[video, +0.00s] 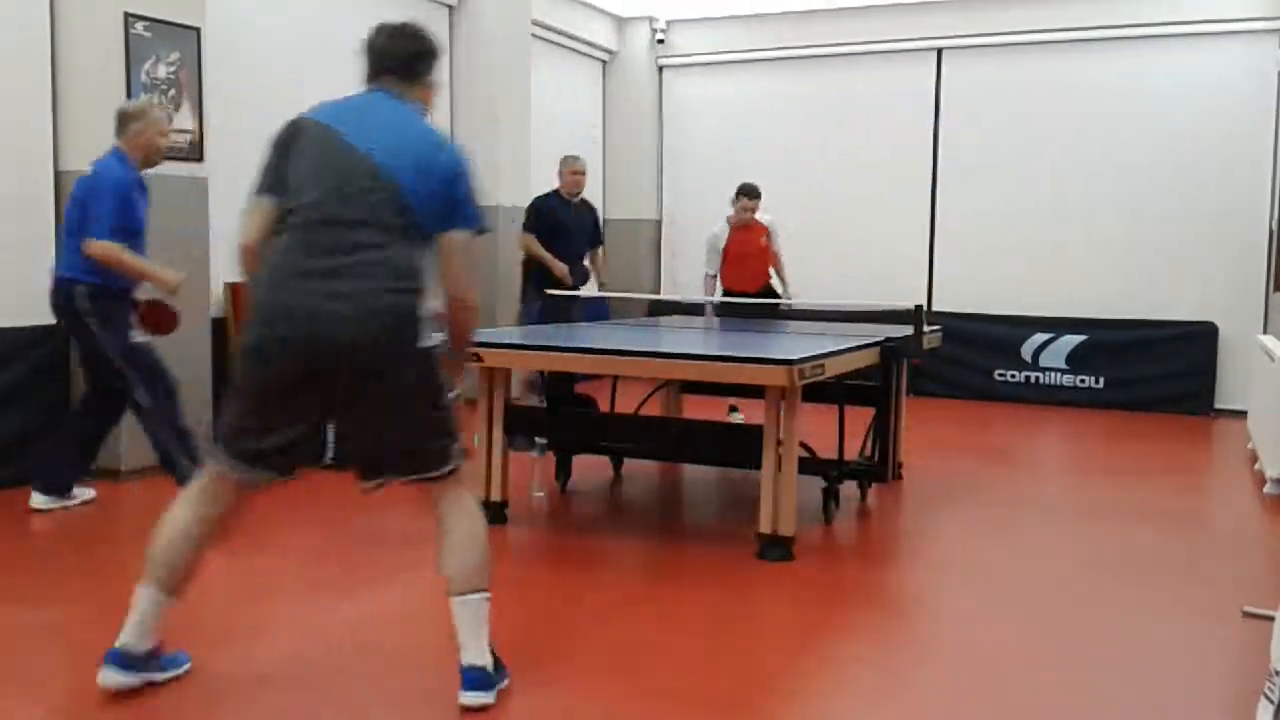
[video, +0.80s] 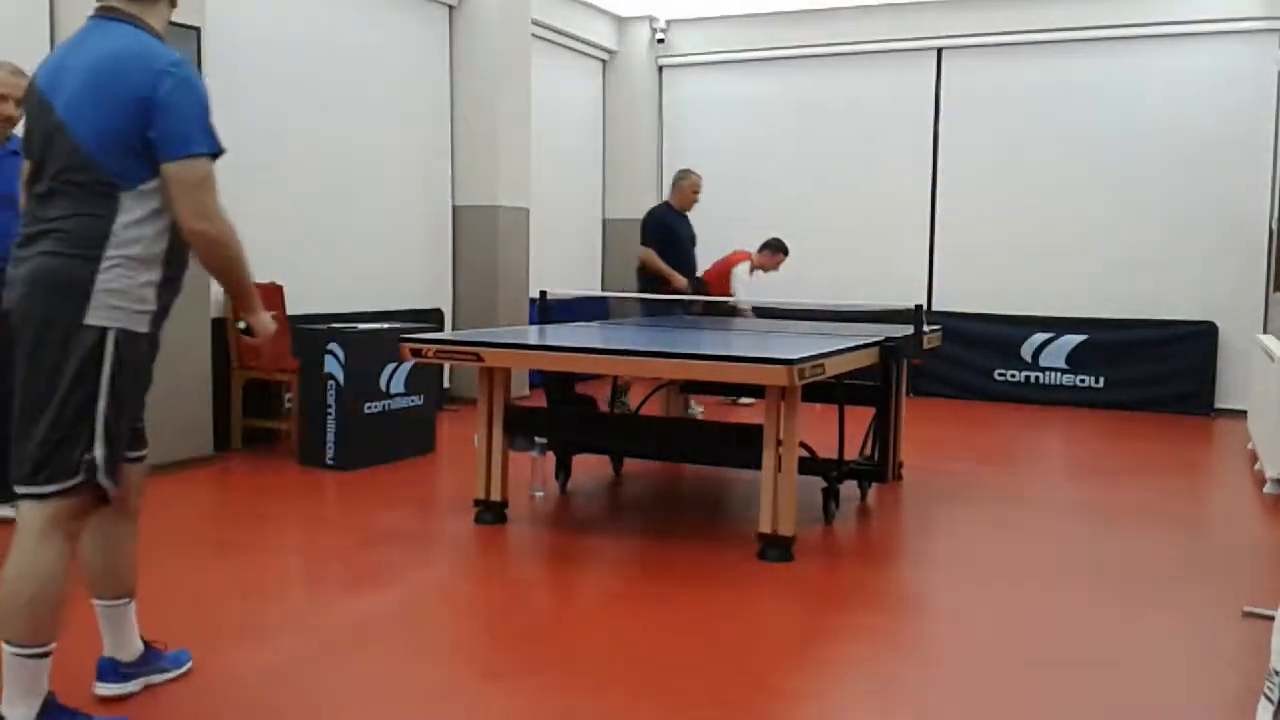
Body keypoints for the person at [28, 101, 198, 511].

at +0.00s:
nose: (168, 144)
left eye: (168, 136)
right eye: (162, 136)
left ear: (139, 137)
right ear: (138, 135)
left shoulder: (131, 179)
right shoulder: (109, 176)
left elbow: (117, 250)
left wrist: (135, 301)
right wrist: (158, 275)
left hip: (103, 295)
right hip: (85, 294)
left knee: (108, 392)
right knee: (151, 383)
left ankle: (54, 484)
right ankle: (192, 474)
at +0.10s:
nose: (146, 131)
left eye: (147, 123)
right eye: (139, 123)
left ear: (119, 124)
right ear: (111, 121)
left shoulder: (113, 169)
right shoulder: (78, 162)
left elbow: (96, 239)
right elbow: (50, 230)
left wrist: (115, 298)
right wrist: (100, 281)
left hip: (82, 283)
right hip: (59, 280)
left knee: (77, 379)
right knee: (116, 372)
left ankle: (50, 483)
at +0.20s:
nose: (120, 116)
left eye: (125, 108)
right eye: (112, 106)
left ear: (124, 111)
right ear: (86, 104)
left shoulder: (103, 155)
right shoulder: (54, 146)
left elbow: (88, 222)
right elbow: (11, 202)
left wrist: (103, 278)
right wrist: (39, 264)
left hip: (83, 270)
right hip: (49, 267)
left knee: (82, 372)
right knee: (72, 369)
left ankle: (60, 474)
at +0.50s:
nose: (54, 110)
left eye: (61, 102)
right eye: (44, 101)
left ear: (68, 107)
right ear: (20, 103)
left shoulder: (67, 155)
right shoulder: (6, 149)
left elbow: (77, 220)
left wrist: (76, 273)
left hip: (54, 276)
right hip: (12, 276)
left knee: (45, 373)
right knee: (18, 374)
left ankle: (45, 470)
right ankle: (25, 478)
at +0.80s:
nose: (8, 110)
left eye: (16, 101)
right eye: (4, 99)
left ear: (25, 107)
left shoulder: (27, 157)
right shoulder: (16, 158)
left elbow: (34, 218)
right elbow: (28, 218)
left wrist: (30, 271)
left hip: (17, 277)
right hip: (11, 277)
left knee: (15, 384)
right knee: (12, 385)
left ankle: (15, 488)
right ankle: (9, 489)